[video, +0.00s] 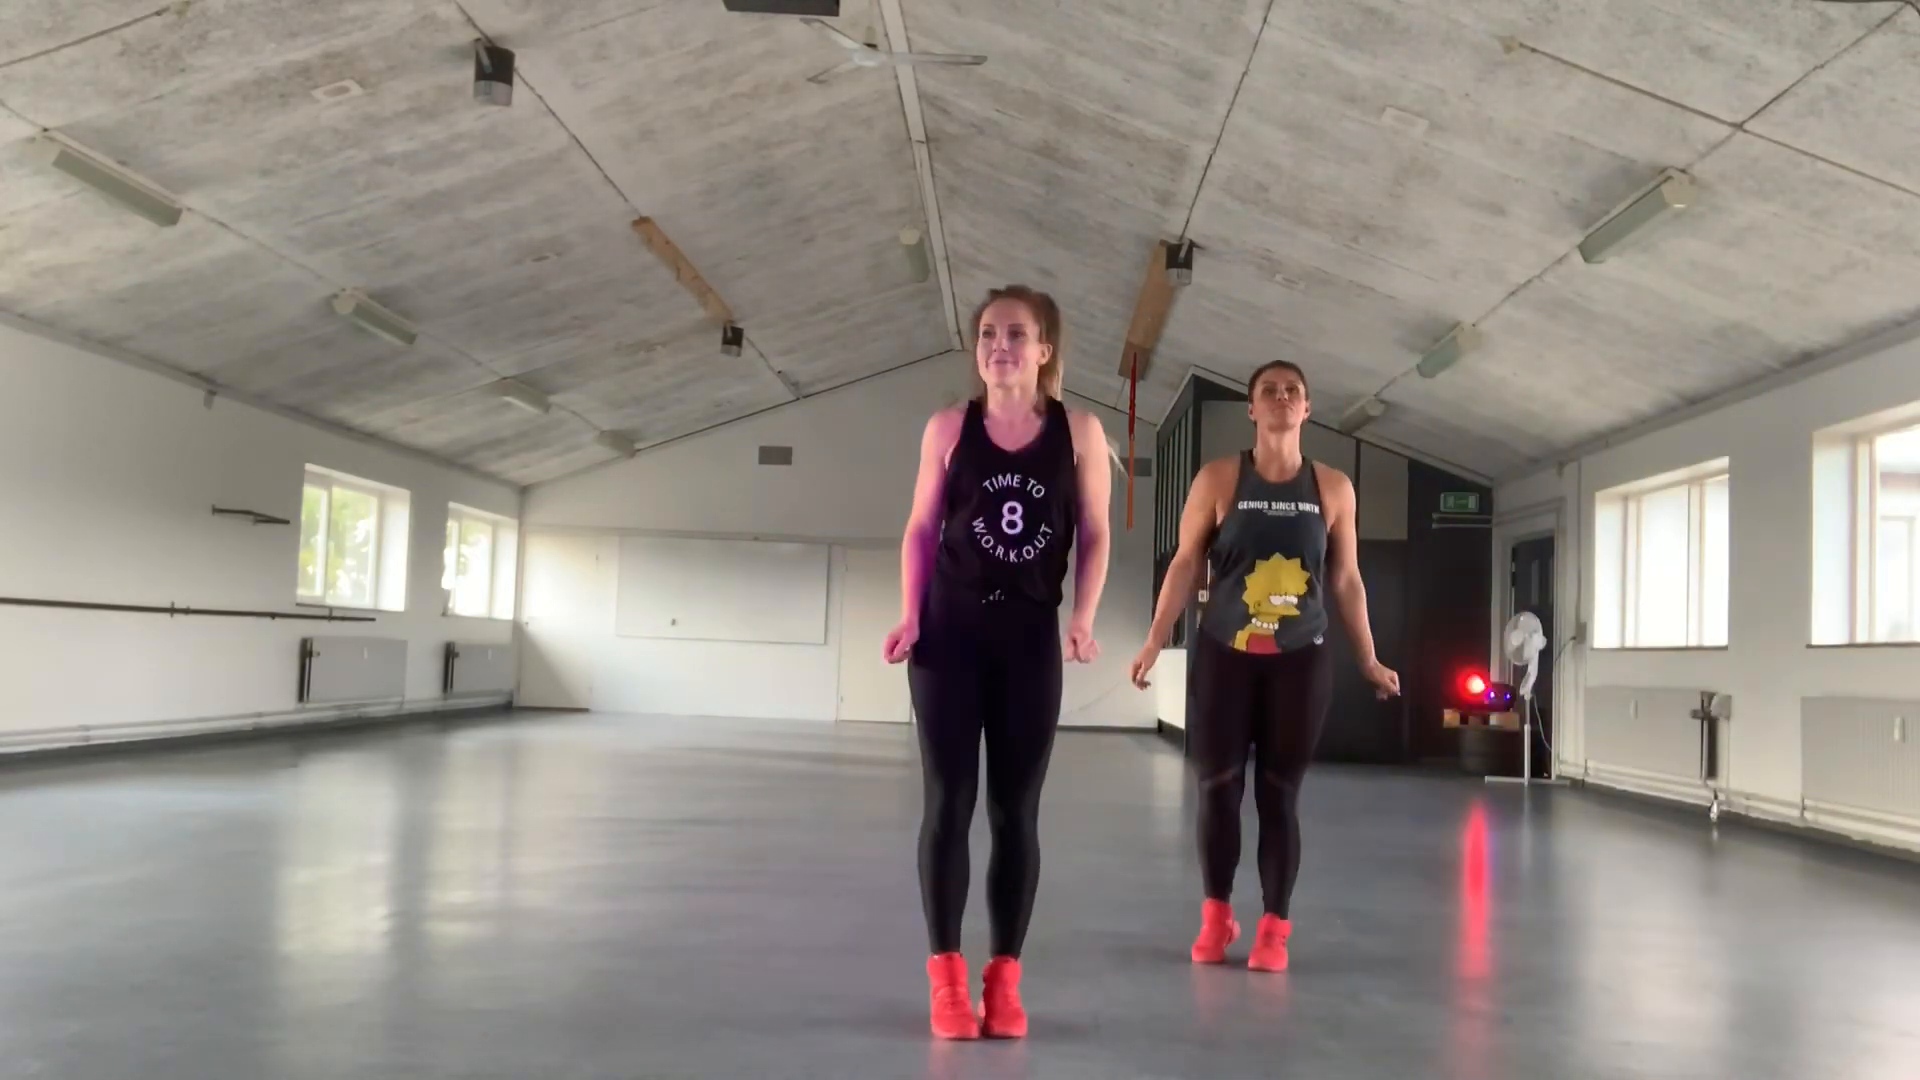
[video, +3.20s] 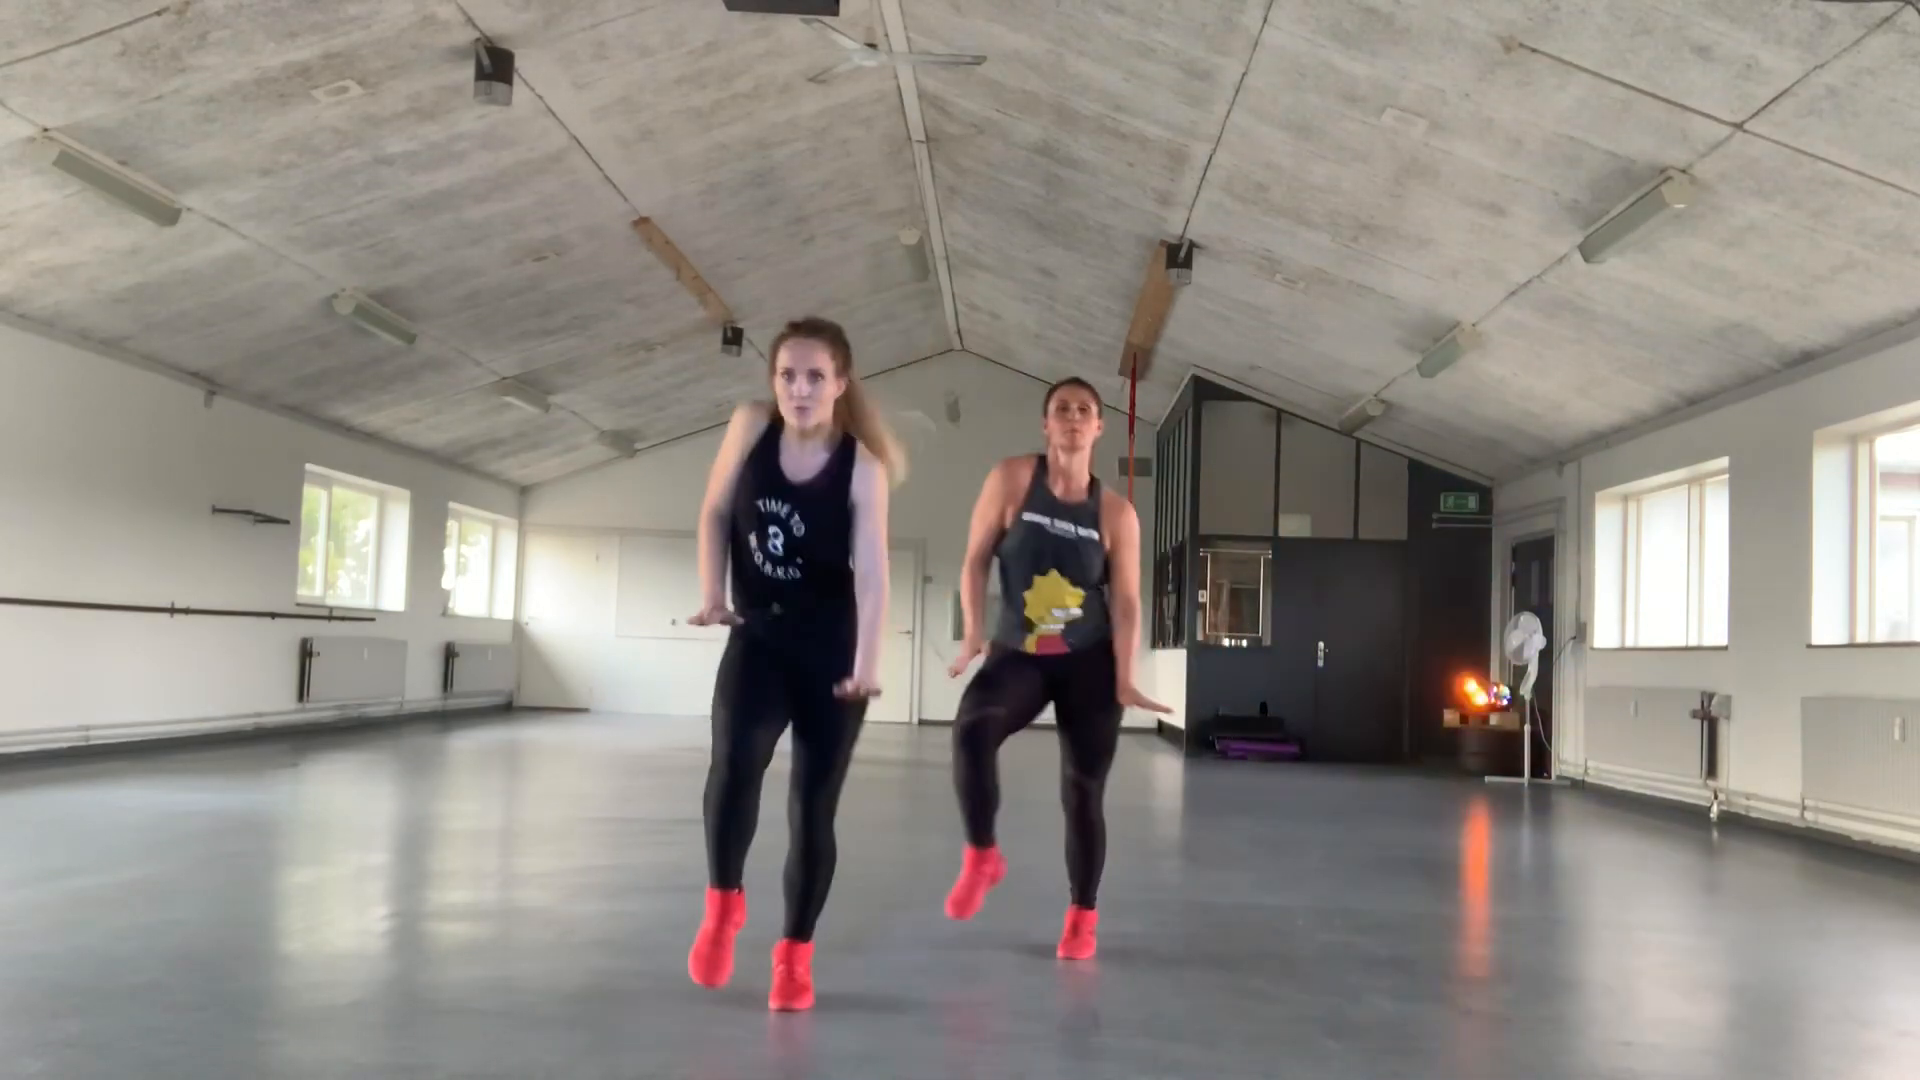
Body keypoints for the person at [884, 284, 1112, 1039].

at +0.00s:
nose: (999, 346)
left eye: (1017, 334)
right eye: (989, 333)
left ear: (1046, 349)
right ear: (974, 346)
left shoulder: (1080, 433)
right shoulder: (947, 428)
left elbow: (1094, 535)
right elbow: (922, 528)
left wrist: (1082, 613)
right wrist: (911, 612)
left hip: (1028, 641)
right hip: (947, 637)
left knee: (1016, 810)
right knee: (949, 802)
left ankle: (1005, 975)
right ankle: (946, 970)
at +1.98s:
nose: (1019, 344)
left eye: (1033, 333)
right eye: (1007, 333)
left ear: (1054, 348)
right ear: (986, 347)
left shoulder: (1087, 426)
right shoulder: (954, 432)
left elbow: (1108, 522)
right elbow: (928, 539)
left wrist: (1080, 568)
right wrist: (917, 636)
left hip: (1037, 635)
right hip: (960, 633)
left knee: (1027, 805)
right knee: (968, 801)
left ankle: (1018, 971)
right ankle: (962, 966)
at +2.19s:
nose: (1006, 381)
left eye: (1021, 371)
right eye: (993, 368)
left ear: (1043, 385)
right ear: (973, 379)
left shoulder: (1061, 478)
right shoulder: (937, 441)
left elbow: (1076, 581)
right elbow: (900, 517)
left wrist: (1077, 673)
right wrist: (908, 582)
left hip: (1038, 656)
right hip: (958, 650)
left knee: (1028, 823)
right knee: (953, 799)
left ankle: (1016, 970)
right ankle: (956, 913)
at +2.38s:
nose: (971, 364)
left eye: (986, 352)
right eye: (958, 351)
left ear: (1010, 362)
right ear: (939, 359)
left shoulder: (1037, 441)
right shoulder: (910, 425)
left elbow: (1055, 548)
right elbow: (880, 515)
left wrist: (1038, 623)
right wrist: (874, 597)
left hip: (1005, 641)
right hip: (927, 638)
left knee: (1007, 808)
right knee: (914, 792)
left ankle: (1012, 970)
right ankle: (917, 934)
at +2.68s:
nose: (910, 402)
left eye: (926, 389)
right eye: (899, 388)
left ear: (952, 402)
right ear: (883, 396)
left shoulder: (967, 491)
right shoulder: (860, 445)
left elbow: (982, 598)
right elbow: (830, 523)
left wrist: (985, 692)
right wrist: (831, 596)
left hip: (954, 661)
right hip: (879, 652)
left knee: (946, 826)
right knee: (852, 758)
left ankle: (928, 962)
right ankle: (838, 883)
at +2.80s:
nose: (879, 365)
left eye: (895, 353)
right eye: (868, 351)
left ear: (921, 361)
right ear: (851, 356)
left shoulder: (949, 431)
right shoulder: (826, 418)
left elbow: (969, 535)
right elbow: (804, 514)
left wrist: (949, 613)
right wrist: (794, 601)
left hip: (915, 636)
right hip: (835, 632)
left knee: (911, 801)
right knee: (812, 778)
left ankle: (917, 953)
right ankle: (784, 926)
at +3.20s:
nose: (801, 387)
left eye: (816, 376)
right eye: (789, 374)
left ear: (841, 384)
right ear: (773, 380)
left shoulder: (863, 466)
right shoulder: (748, 431)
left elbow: (872, 565)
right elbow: (714, 512)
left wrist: (866, 661)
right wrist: (713, 594)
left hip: (833, 651)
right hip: (757, 641)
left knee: (812, 806)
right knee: (733, 768)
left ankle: (795, 950)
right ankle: (723, 903)